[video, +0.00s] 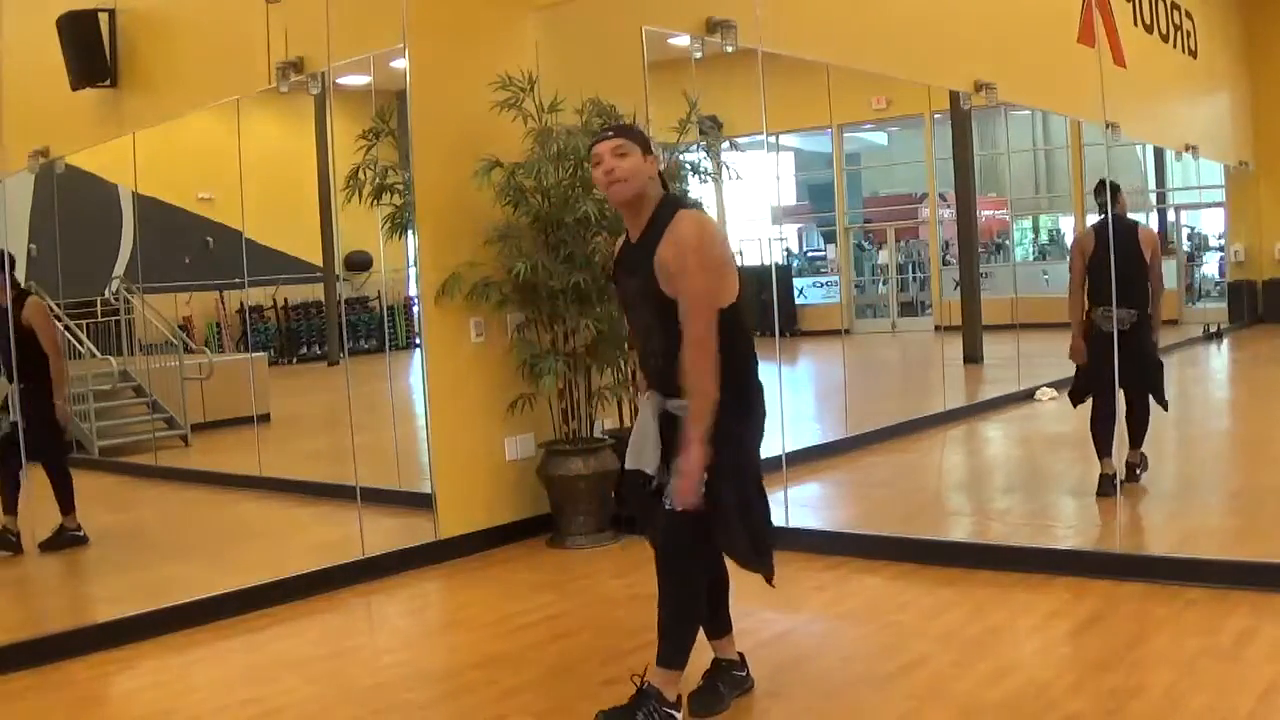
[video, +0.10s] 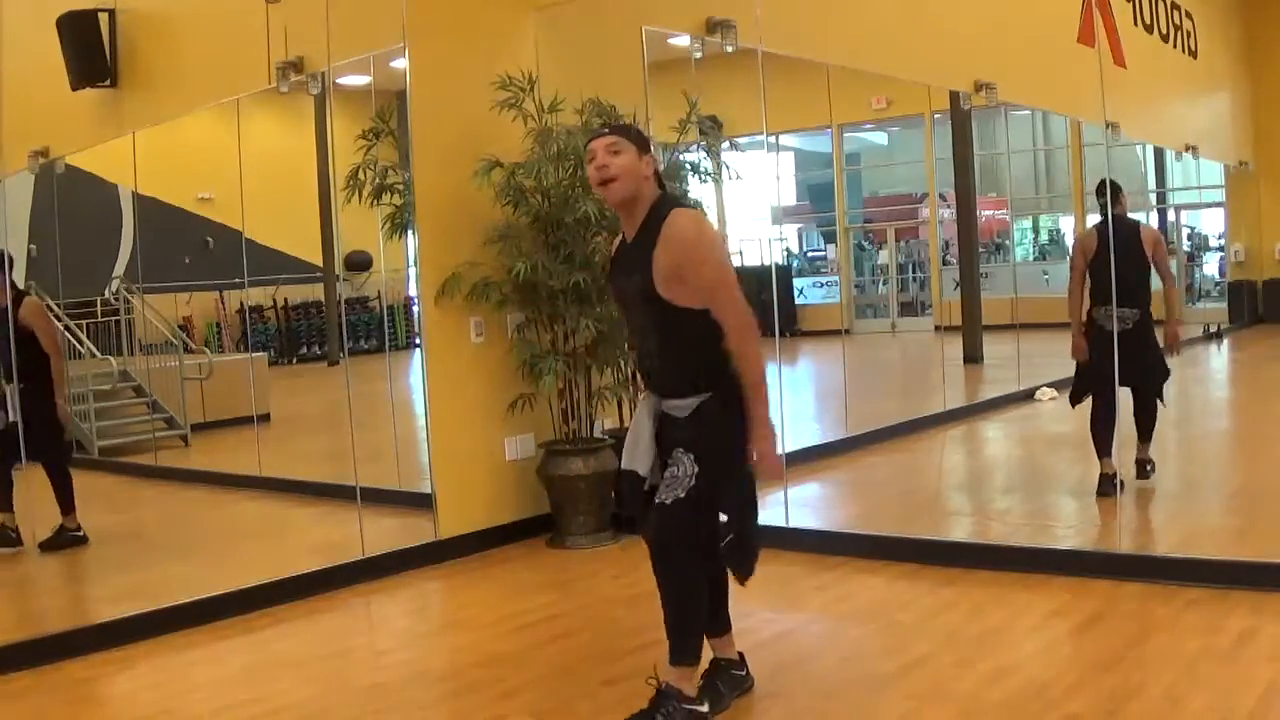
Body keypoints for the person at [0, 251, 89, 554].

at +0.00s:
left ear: (5, 275)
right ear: (8, 273)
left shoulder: (31, 305)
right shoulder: (10, 308)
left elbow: (56, 354)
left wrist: (60, 401)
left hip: (41, 395)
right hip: (17, 396)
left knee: (53, 458)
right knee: (8, 461)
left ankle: (71, 525)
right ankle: (9, 528)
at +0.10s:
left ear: (4, 274)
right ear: (6, 273)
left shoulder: (28, 306)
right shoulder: (9, 309)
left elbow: (56, 353)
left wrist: (61, 400)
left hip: (38, 397)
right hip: (10, 399)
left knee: (53, 458)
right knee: (3, 461)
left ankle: (71, 525)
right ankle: (7, 525)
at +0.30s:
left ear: (3, 289)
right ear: (5, 289)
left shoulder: (15, 310)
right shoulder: (12, 311)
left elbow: (39, 352)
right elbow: (39, 352)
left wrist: (51, 397)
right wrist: (50, 396)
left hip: (29, 402)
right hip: (19, 402)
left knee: (45, 458)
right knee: (44, 458)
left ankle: (70, 524)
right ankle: (69, 524)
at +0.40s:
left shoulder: (5, 311)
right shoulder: (5, 311)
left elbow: (21, 358)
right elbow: (21, 358)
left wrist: (34, 397)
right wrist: (34, 396)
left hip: (15, 397)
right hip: (14, 397)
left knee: (38, 458)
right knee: (38, 458)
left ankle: (69, 523)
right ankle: (69, 523)